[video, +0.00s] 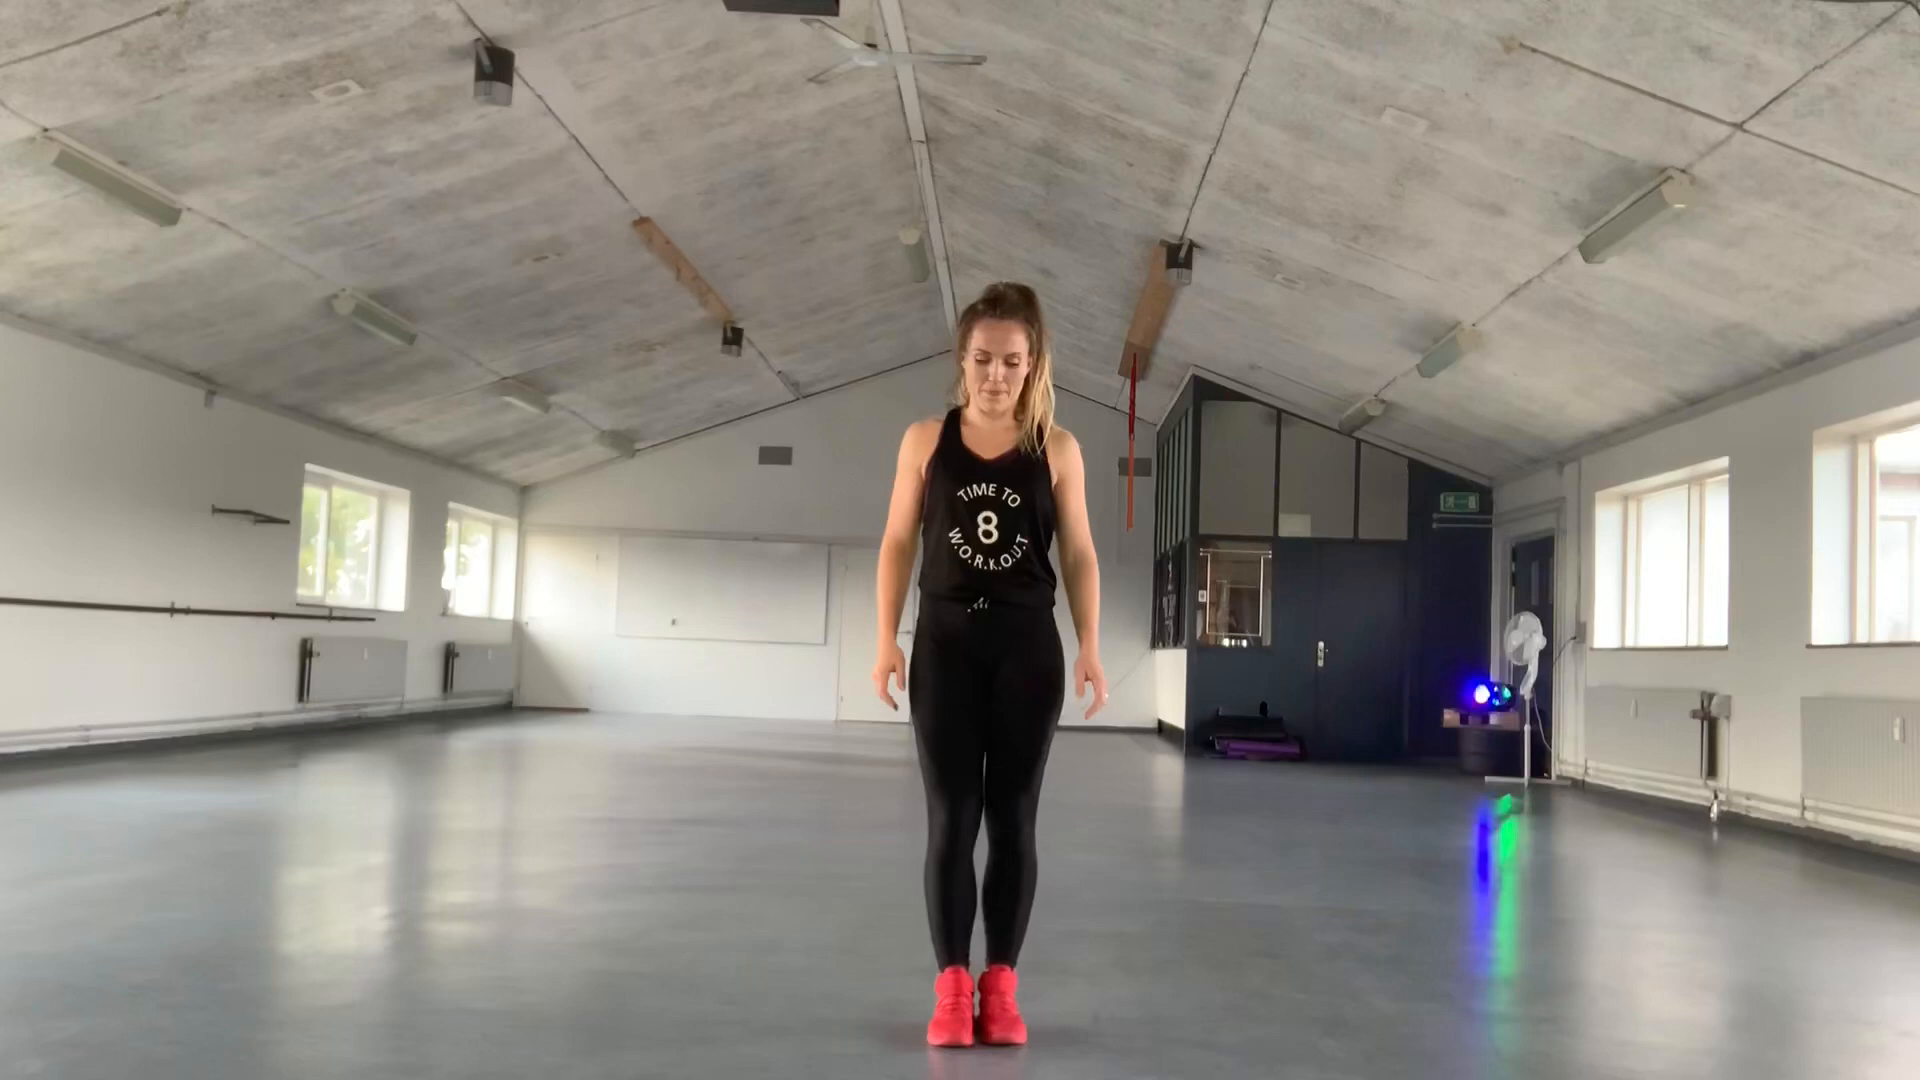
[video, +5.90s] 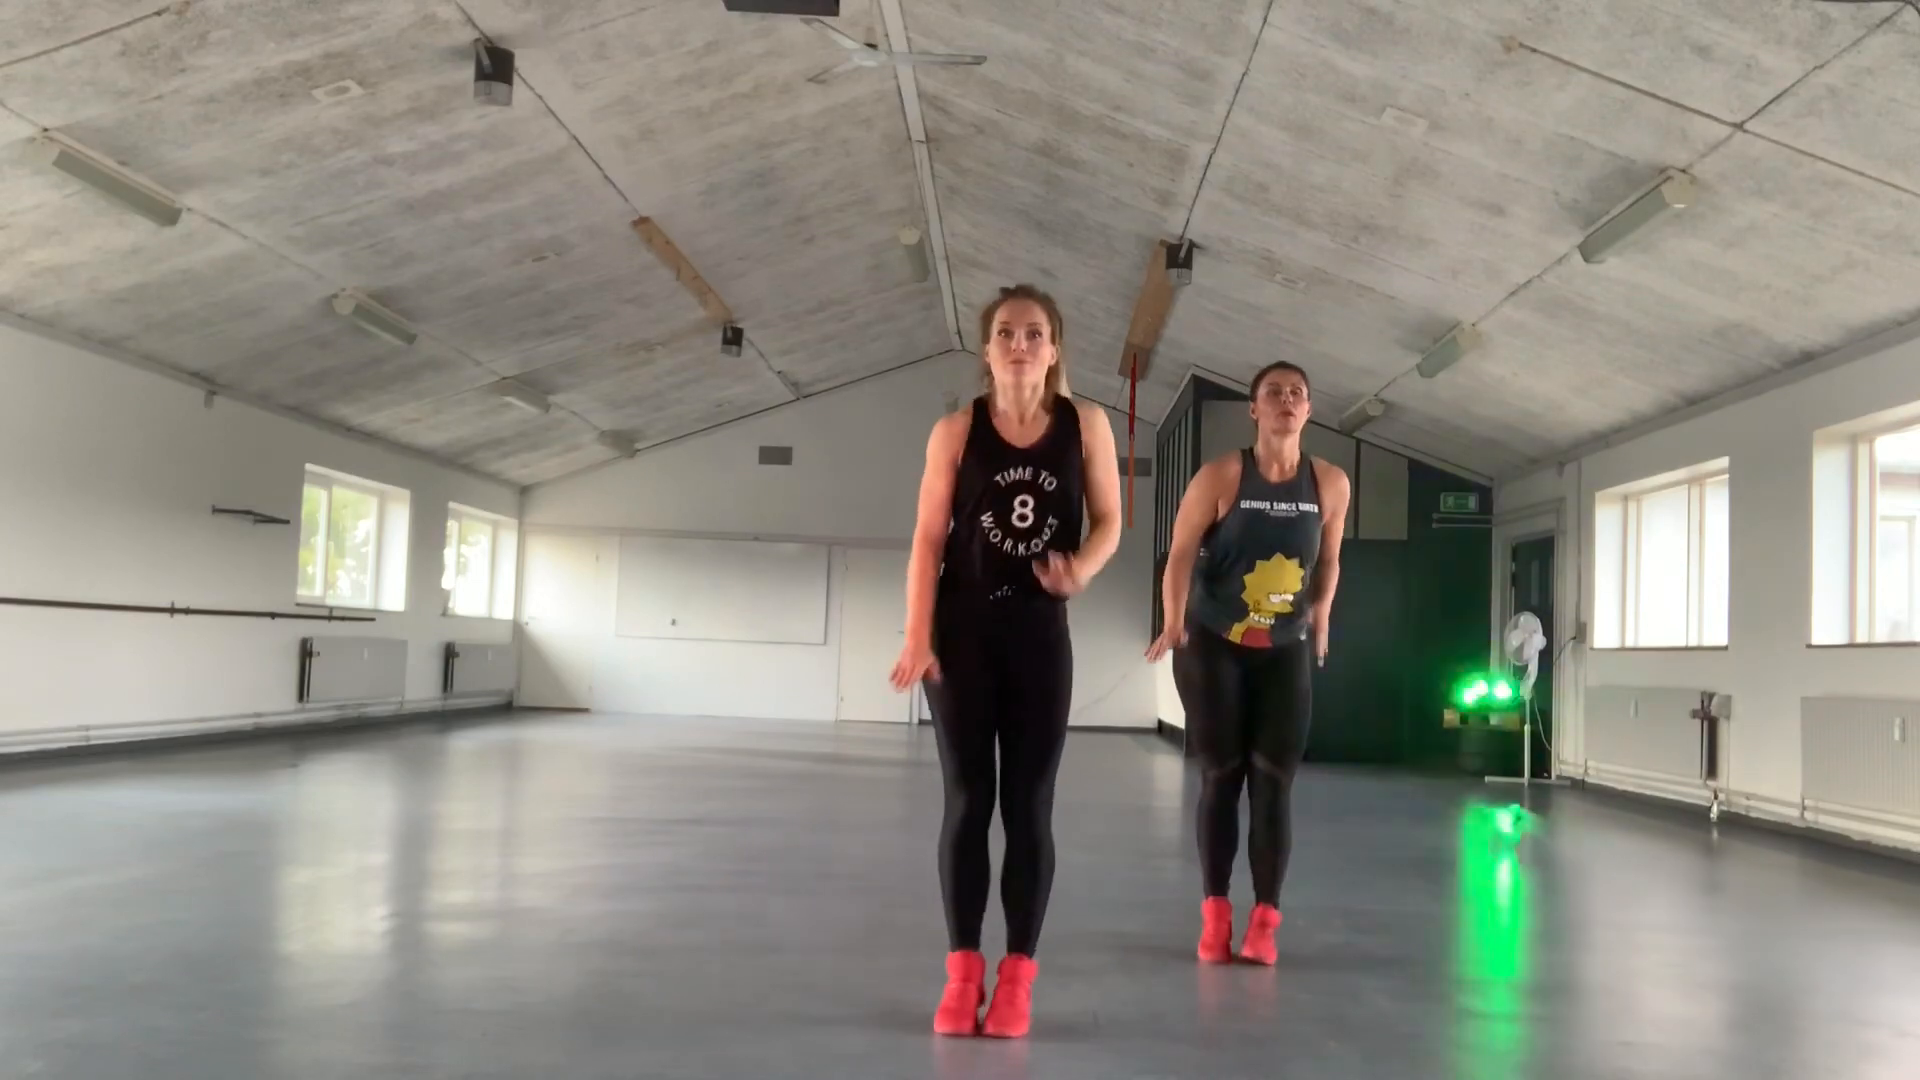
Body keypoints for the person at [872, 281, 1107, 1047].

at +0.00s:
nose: (998, 373)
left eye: (1012, 361)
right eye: (985, 358)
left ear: (1033, 366)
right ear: (963, 360)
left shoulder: (1057, 447)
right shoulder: (926, 438)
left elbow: (1080, 554)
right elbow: (898, 542)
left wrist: (1089, 643)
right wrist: (887, 637)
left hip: (1029, 651)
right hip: (944, 649)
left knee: (1014, 819)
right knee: (954, 818)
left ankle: (1001, 982)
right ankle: (952, 981)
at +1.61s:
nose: (1000, 374)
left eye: (1015, 360)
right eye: (988, 358)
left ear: (1035, 364)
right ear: (965, 357)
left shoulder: (1060, 437)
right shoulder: (930, 439)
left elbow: (1092, 550)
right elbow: (891, 546)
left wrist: (1146, 619)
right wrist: (814, 602)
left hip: (1028, 648)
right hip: (946, 646)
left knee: (1017, 813)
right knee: (954, 811)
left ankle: (1013, 985)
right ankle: (958, 974)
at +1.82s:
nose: (998, 386)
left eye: (1014, 371)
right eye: (987, 370)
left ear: (1048, 369)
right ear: (973, 367)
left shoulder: (1075, 450)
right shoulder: (950, 435)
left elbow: (1119, 553)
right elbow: (877, 510)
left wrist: (1177, 515)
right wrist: (784, 508)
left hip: (1048, 653)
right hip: (965, 650)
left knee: (1034, 819)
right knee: (955, 811)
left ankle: (1019, 975)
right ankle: (954, 966)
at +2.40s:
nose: (1020, 376)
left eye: (1035, 365)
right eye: (1008, 364)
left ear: (1060, 378)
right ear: (991, 375)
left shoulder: (1082, 469)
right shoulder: (958, 451)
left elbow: (1097, 589)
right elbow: (901, 534)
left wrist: (1131, 570)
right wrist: (831, 540)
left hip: (1049, 670)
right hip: (968, 668)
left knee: (1034, 830)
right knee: (964, 828)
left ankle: (1015, 977)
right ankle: (956, 970)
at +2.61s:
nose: (1021, 336)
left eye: (1034, 326)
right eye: (1008, 324)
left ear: (1051, 342)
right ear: (983, 338)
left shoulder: (1079, 428)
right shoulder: (948, 429)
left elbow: (1086, 542)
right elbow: (922, 536)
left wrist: (1081, 640)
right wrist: (895, 626)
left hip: (1037, 633)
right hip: (953, 630)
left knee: (1023, 806)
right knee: (958, 800)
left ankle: (1012, 970)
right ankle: (956, 970)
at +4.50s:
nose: (1024, 355)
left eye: (1039, 344)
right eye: (1012, 343)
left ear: (1062, 358)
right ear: (993, 356)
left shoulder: (1090, 442)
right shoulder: (963, 427)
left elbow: (1103, 544)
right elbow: (924, 519)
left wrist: (1093, 612)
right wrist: (916, 598)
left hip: (1045, 643)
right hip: (965, 638)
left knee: (1026, 810)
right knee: (975, 794)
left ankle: (1008, 971)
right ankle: (960, 954)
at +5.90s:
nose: (1019, 344)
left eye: (1033, 333)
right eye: (1007, 333)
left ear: (1054, 348)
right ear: (986, 347)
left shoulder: (1087, 426)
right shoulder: (954, 432)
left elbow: (1108, 522)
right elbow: (928, 539)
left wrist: (1080, 568)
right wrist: (917, 636)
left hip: (1037, 635)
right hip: (960, 633)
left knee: (1027, 805)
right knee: (968, 801)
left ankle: (1018, 971)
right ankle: (962, 966)